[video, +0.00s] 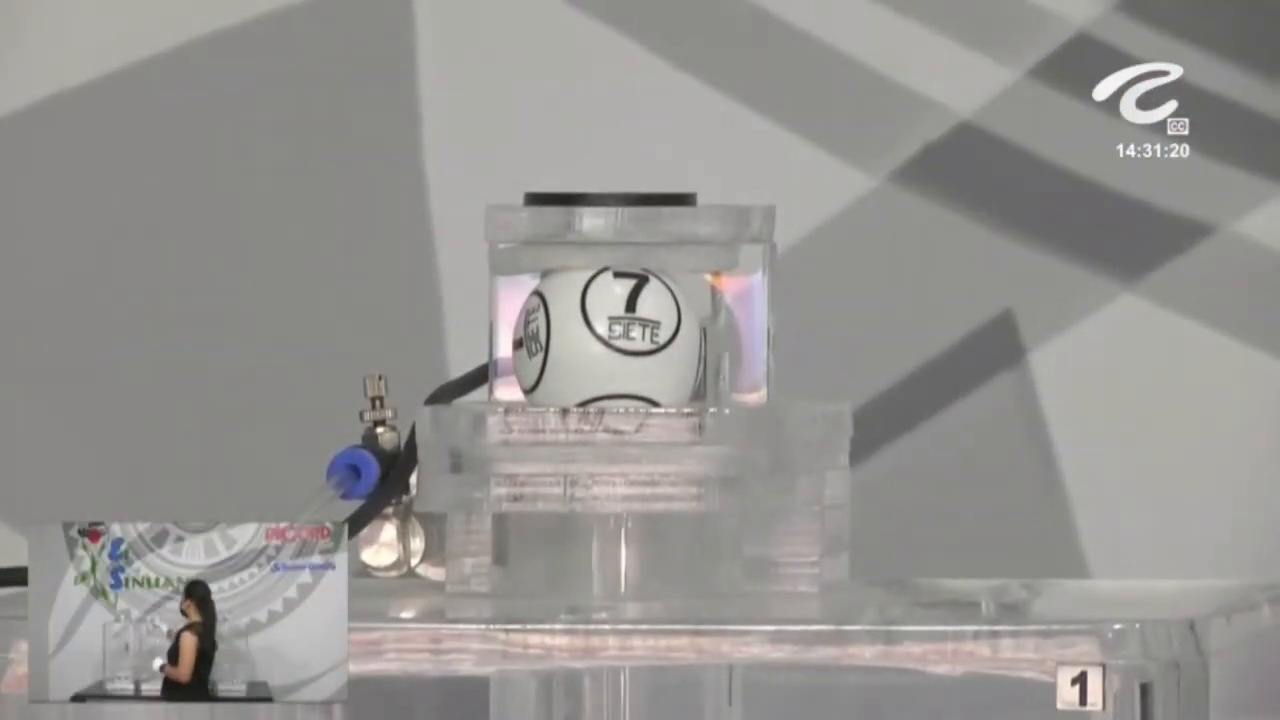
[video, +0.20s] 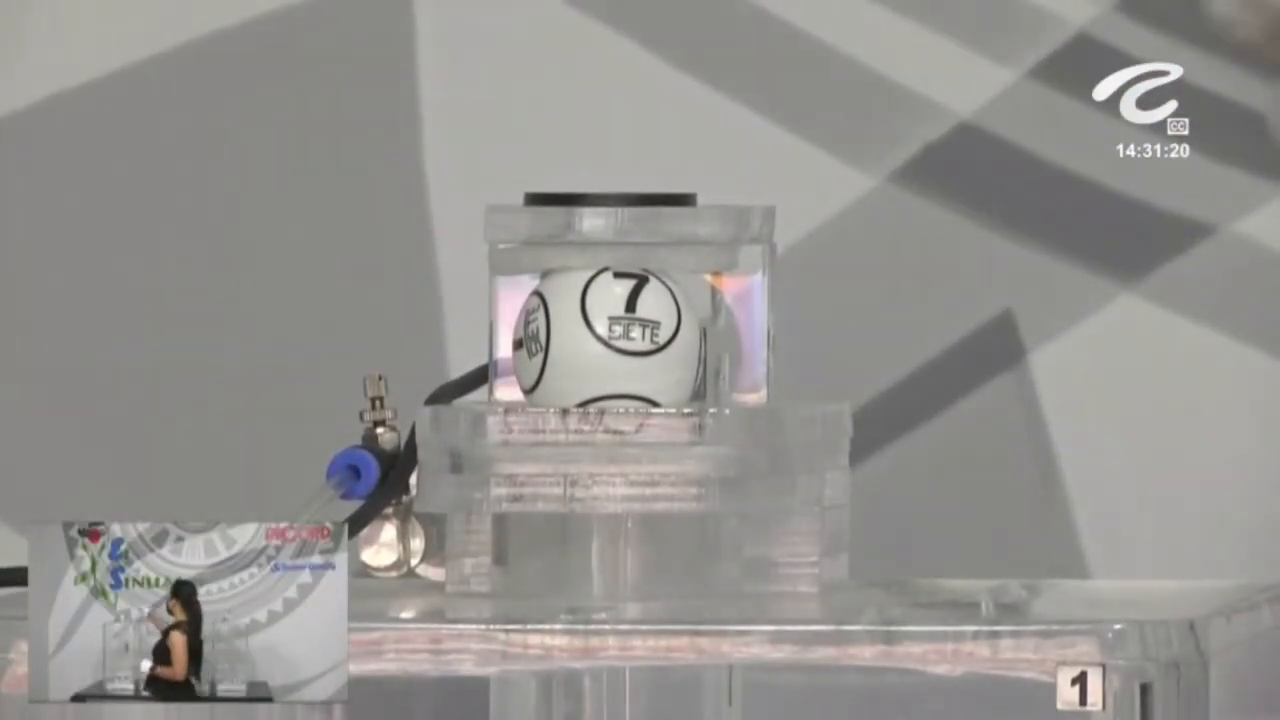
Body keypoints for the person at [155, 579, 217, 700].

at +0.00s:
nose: (181, 603)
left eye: (183, 599)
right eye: (182, 599)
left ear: (188, 602)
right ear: (204, 603)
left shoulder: (189, 634)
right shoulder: (207, 632)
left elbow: (183, 675)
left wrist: (163, 668)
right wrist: (174, 637)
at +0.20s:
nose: (167, 602)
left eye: (169, 598)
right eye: (169, 598)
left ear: (174, 601)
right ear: (189, 601)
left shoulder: (176, 633)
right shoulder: (191, 628)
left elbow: (178, 673)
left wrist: (154, 669)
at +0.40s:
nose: (156, 602)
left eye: (158, 598)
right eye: (157, 598)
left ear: (163, 600)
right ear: (177, 601)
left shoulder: (166, 631)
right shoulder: (179, 626)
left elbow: (170, 671)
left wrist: (143, 668)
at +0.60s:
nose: (147, 600)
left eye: (149, 596)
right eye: (149, 596)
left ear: (154, 600)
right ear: (170, 599)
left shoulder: (157, 630)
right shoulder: (171, 625)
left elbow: (160, 670)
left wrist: (136, 668)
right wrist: (147, 622)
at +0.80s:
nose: (142, 600)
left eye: (144, 597)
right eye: (143, 597)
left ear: (148, 600)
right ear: (165, 600)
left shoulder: (152, 631)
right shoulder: (168, 627)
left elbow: (155, 671)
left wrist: (132, 669)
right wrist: (144, 621)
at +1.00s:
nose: (140, 600)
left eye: (142, 597)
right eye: (141, 596)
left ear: (147, 600)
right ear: (162, 599)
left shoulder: (150, 631)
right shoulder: (167, 627)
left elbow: (154, 671)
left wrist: (132, 669)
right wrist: (143, 622)